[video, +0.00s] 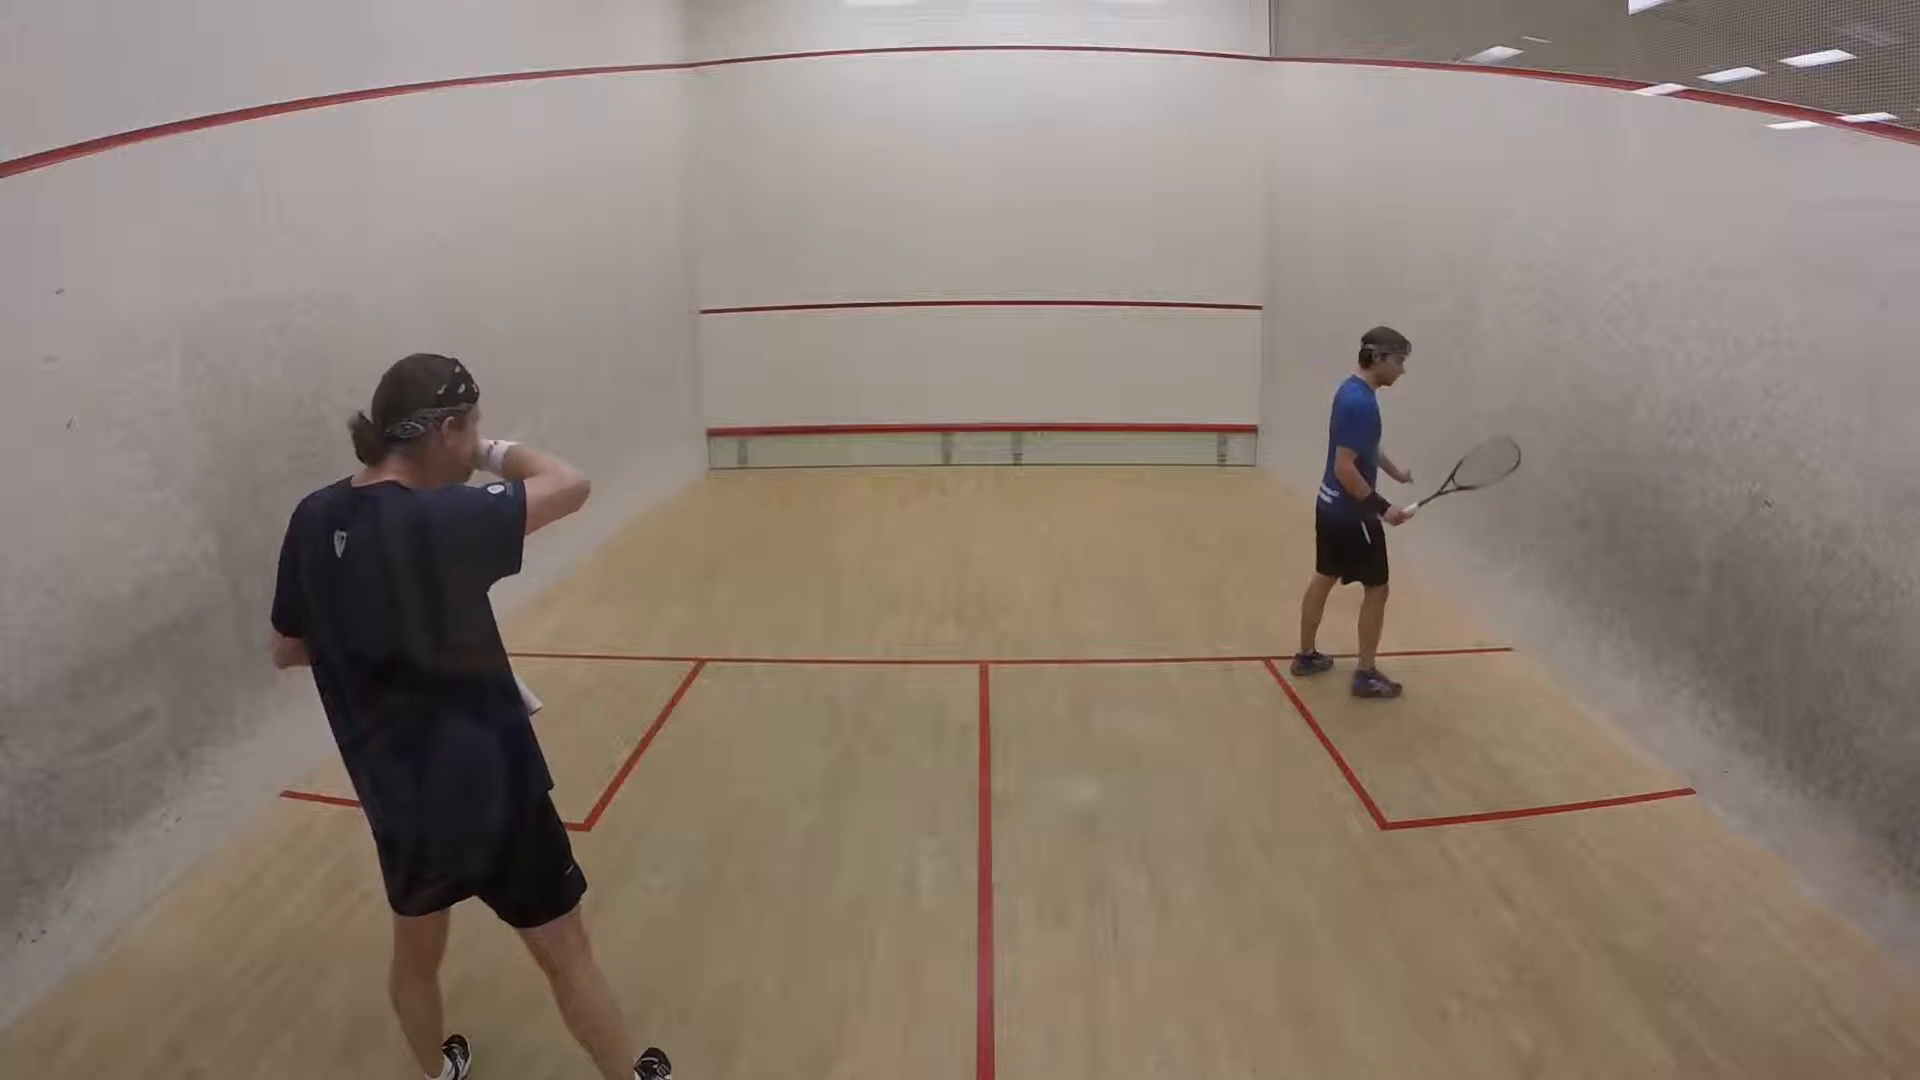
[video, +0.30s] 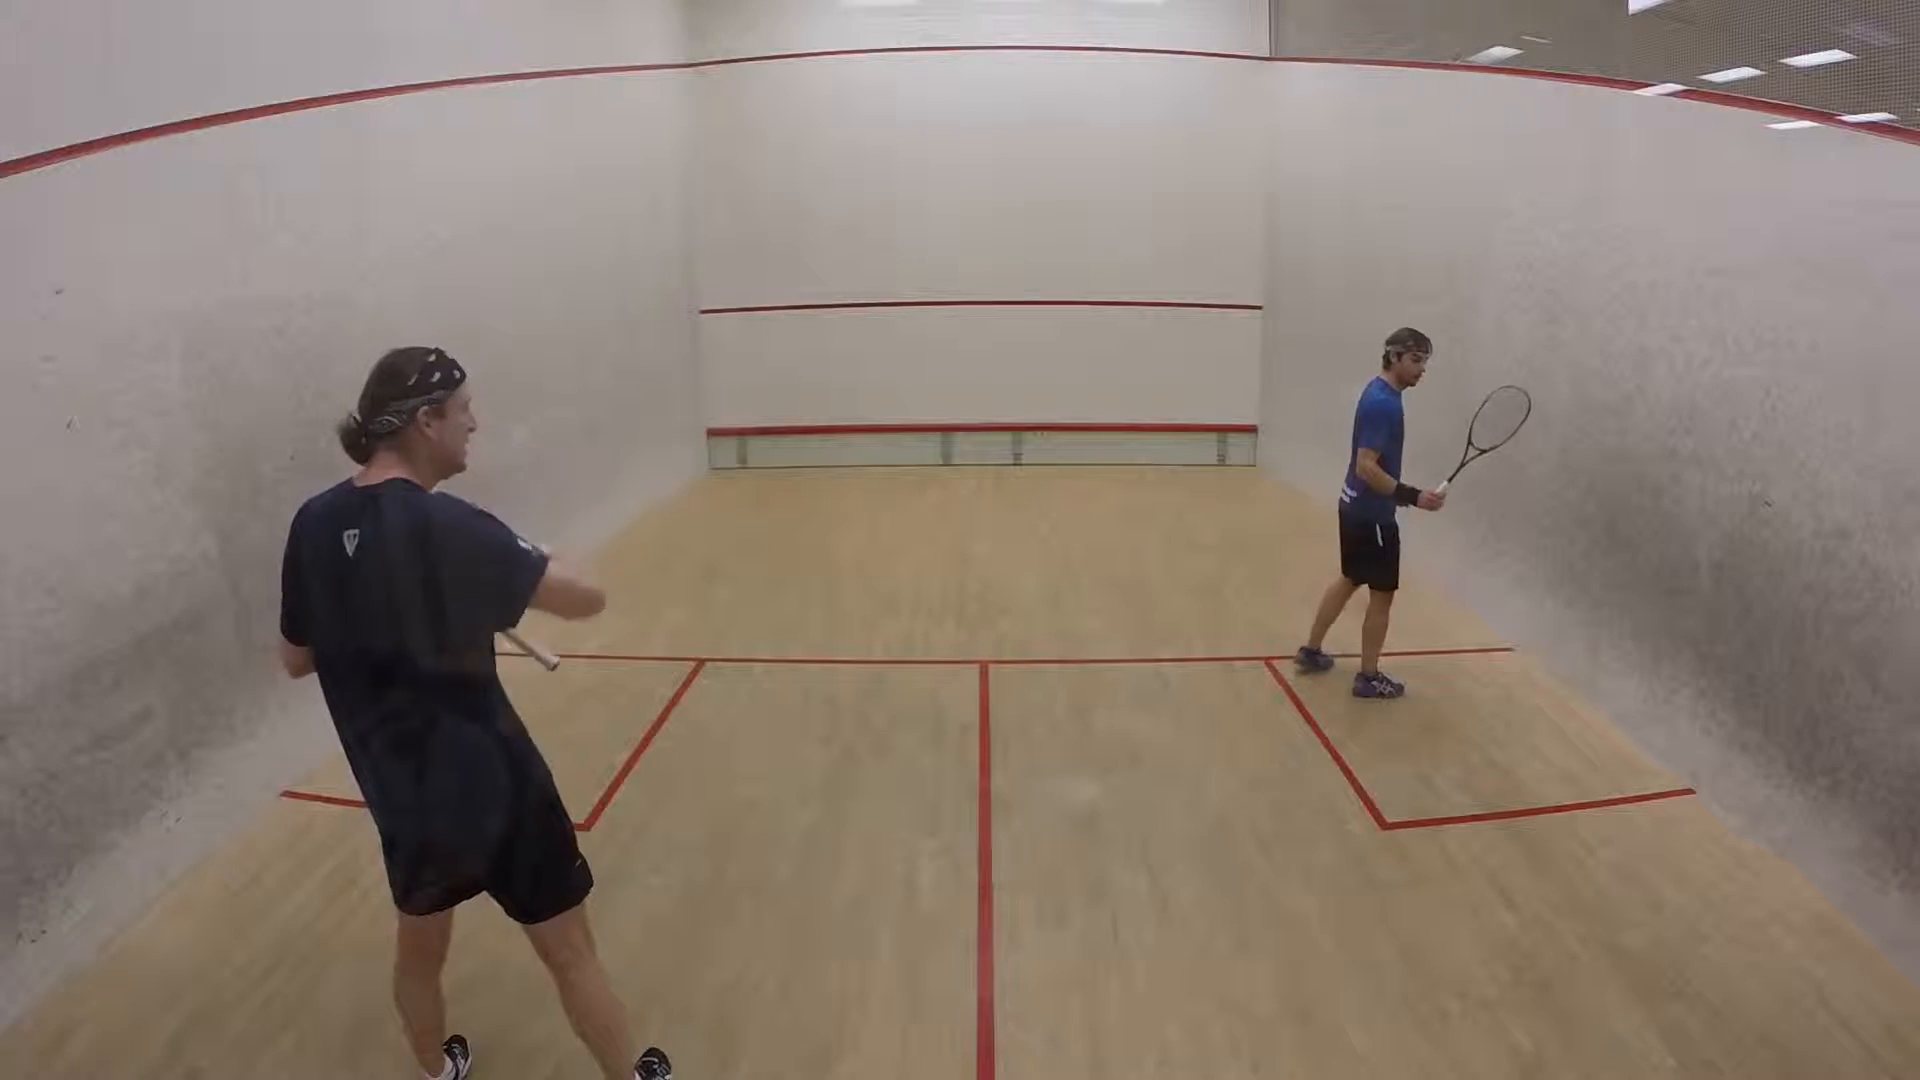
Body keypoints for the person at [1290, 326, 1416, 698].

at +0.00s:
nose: (1402, 369)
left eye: (1403, 362)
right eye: (1398, 361)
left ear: (1373, 360)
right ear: (1378, 359)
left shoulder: (1351, 391)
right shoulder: (1361, 403)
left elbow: (1366, 442)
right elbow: (1344, 468)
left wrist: (1393, 470)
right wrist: (1383, 507)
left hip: (1330, 506)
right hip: (1353, 513)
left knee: (1324, 577)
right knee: (1377, 589)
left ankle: (1306, 655)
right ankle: (1365, 674)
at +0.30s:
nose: (1421, 368)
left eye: (1424, 361)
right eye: (1416, 359)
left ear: (1397, 361)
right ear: (1394, 357)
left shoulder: (1379, 393)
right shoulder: (1383, 403)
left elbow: (1368, 461)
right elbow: (1366, 467)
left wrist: (1401, 491)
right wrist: (1413, 495)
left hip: (1354, 506)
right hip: (1373, 513)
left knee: (1351, 578)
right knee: (1382, 594)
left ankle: (1311, 649)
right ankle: (1368, 676)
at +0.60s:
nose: (1449, 378)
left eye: (1450, 370)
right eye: (1446, 369)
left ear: (1422, 366)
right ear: (1424, 366)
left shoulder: (1393, 395)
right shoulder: (1399, 408)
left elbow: (1380, 465)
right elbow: (1388, 477)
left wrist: (1403, 494)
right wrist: (1440, 498)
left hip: (1357, 508)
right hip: (1378, 519)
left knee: (1355, 582)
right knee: (1380, 598)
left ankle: (1316, 645)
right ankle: (1368, 677)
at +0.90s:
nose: (1449, 390)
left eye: (1452, 382)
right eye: (1451, 382)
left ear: (1420, 369)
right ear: (1442, 379)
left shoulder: (1393, 398)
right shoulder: (1408, 416)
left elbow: (1379, 465)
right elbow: (1396, 484)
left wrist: (1410, 497)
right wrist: (1447, 513)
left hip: (1345, 507)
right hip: (1369, 521)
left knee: (1347, 582)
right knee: (1377, 599)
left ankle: (1306, 646)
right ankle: (1367, 677)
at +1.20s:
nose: (1433, 392)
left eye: (1433, 385)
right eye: (1435, 386)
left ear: (1403, 375)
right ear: (1430, 388)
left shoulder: (1377, 400)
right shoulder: (1397, 422)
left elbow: (1368, 450)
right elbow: (1401, 490)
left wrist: (1403, 456)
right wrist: (1457, 506)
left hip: (1324, 509)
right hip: (1353, 524)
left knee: (1322, 582)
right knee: (1370, 600)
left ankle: (1265, 636)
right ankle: (1366, 677)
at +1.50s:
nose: (1388, 387)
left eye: (1386, 380)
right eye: (1388, 381)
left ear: (1354, 374)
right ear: (1383, 384)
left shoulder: (1319, 396)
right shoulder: (1374, 434)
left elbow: (1277, 439)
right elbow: (1378, 497)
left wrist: (1299, 461)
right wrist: (1421, 514)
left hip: (1286, 513)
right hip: (1327, 526)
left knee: (1277, 588)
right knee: (1346, 602)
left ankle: (1269, 671)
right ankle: (1363, 676)